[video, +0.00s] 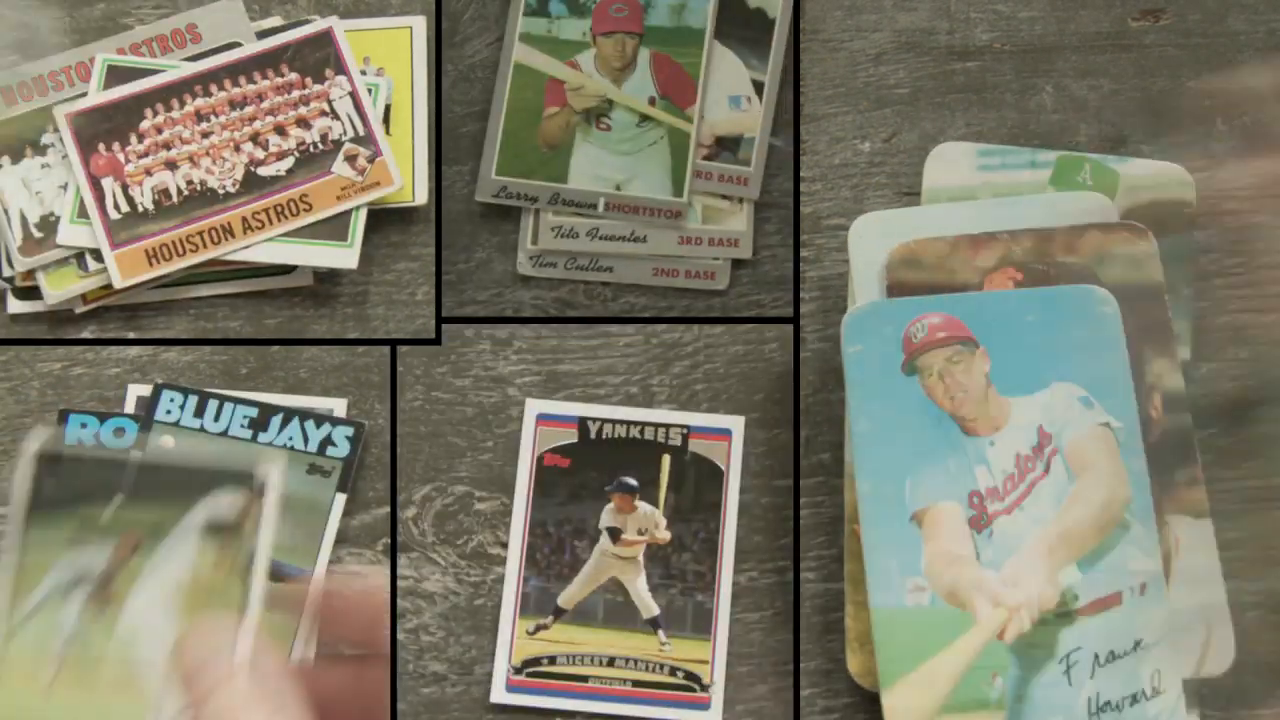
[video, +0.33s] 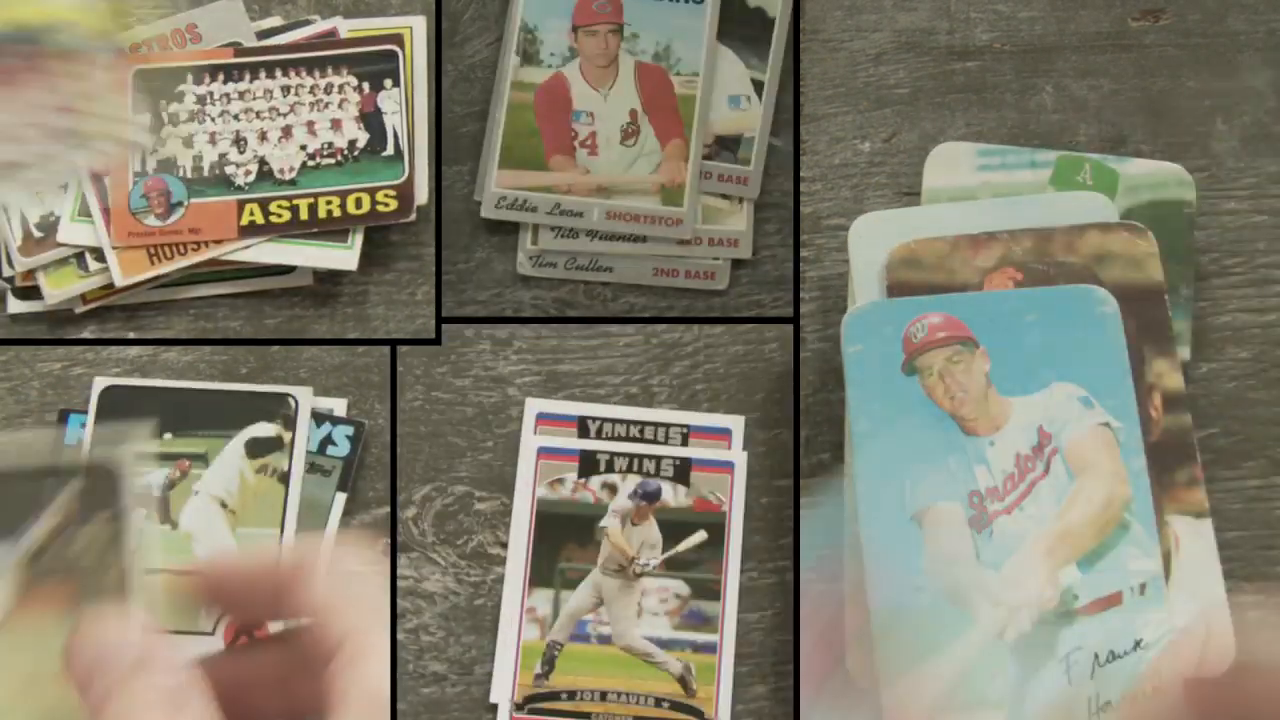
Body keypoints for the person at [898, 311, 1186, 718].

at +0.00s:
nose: (946, 382)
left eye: (954, 363)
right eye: (930, 375)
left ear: (984, 359)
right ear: (925, 390)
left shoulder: (1061, 401)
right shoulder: (939, 465)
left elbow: (1107, 487)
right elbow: (946, 557)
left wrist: (1040, 561)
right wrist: (980, 590)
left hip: (1127, 622)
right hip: (1037, 647)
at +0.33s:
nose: (946, 383)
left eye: (954, 362)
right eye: (930, 375)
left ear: (983, 360)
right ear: (925, 390)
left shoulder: (1060, 402)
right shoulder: (942, 468)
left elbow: (1107, 486)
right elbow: (947, 560)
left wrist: (1038, 563)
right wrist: (997, 601)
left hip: (1129, 612)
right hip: (1039, 639)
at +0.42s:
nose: (1036, 347)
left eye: (1045, 325)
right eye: (1014, 330)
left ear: (1061, 332)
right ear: (972, 345)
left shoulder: (1109, 423)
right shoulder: (931, 444)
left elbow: (1163, 548)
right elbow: (924, 590)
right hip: (982, 687)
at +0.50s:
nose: (958, 409)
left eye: (969, 391)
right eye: (938, 393)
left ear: (987, 401)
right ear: (907, 406)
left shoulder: (1024, 474)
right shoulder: (868, 482)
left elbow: (1068, 592)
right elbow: (862, 599)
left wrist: (1026, 627)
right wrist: (969, 606)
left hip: (1008, 687)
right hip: (913, 690)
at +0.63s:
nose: (958, 410)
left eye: (969, 391)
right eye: (938, 394)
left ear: (986, 402)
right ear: (907, 408)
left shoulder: (1029, 475)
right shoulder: (866, 483)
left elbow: (1067, 604)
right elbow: (863, 601)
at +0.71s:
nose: (957, 407)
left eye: (968, 392)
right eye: (939, 393)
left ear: (989, 398)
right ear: (907, 406)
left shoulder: (1023, 480)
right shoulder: (869, 483)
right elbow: (870, 605)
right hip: (921, 701)